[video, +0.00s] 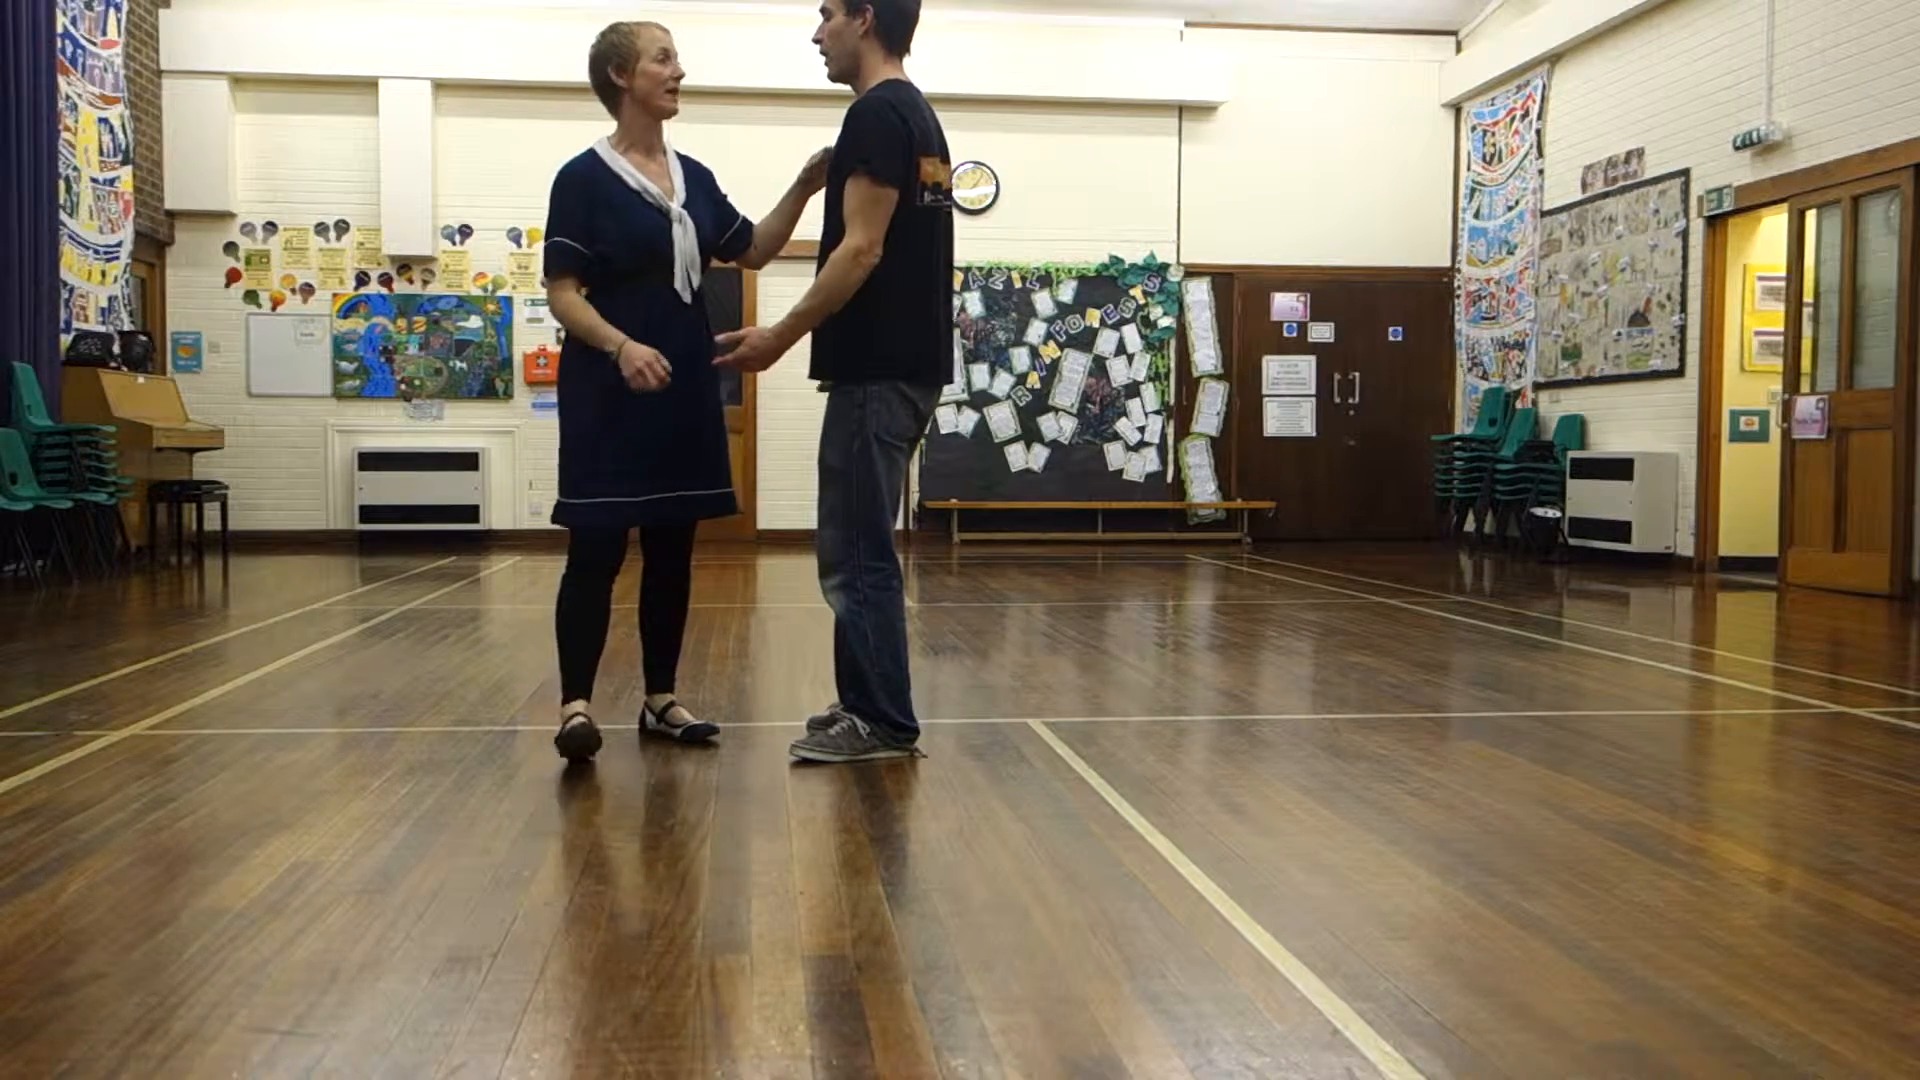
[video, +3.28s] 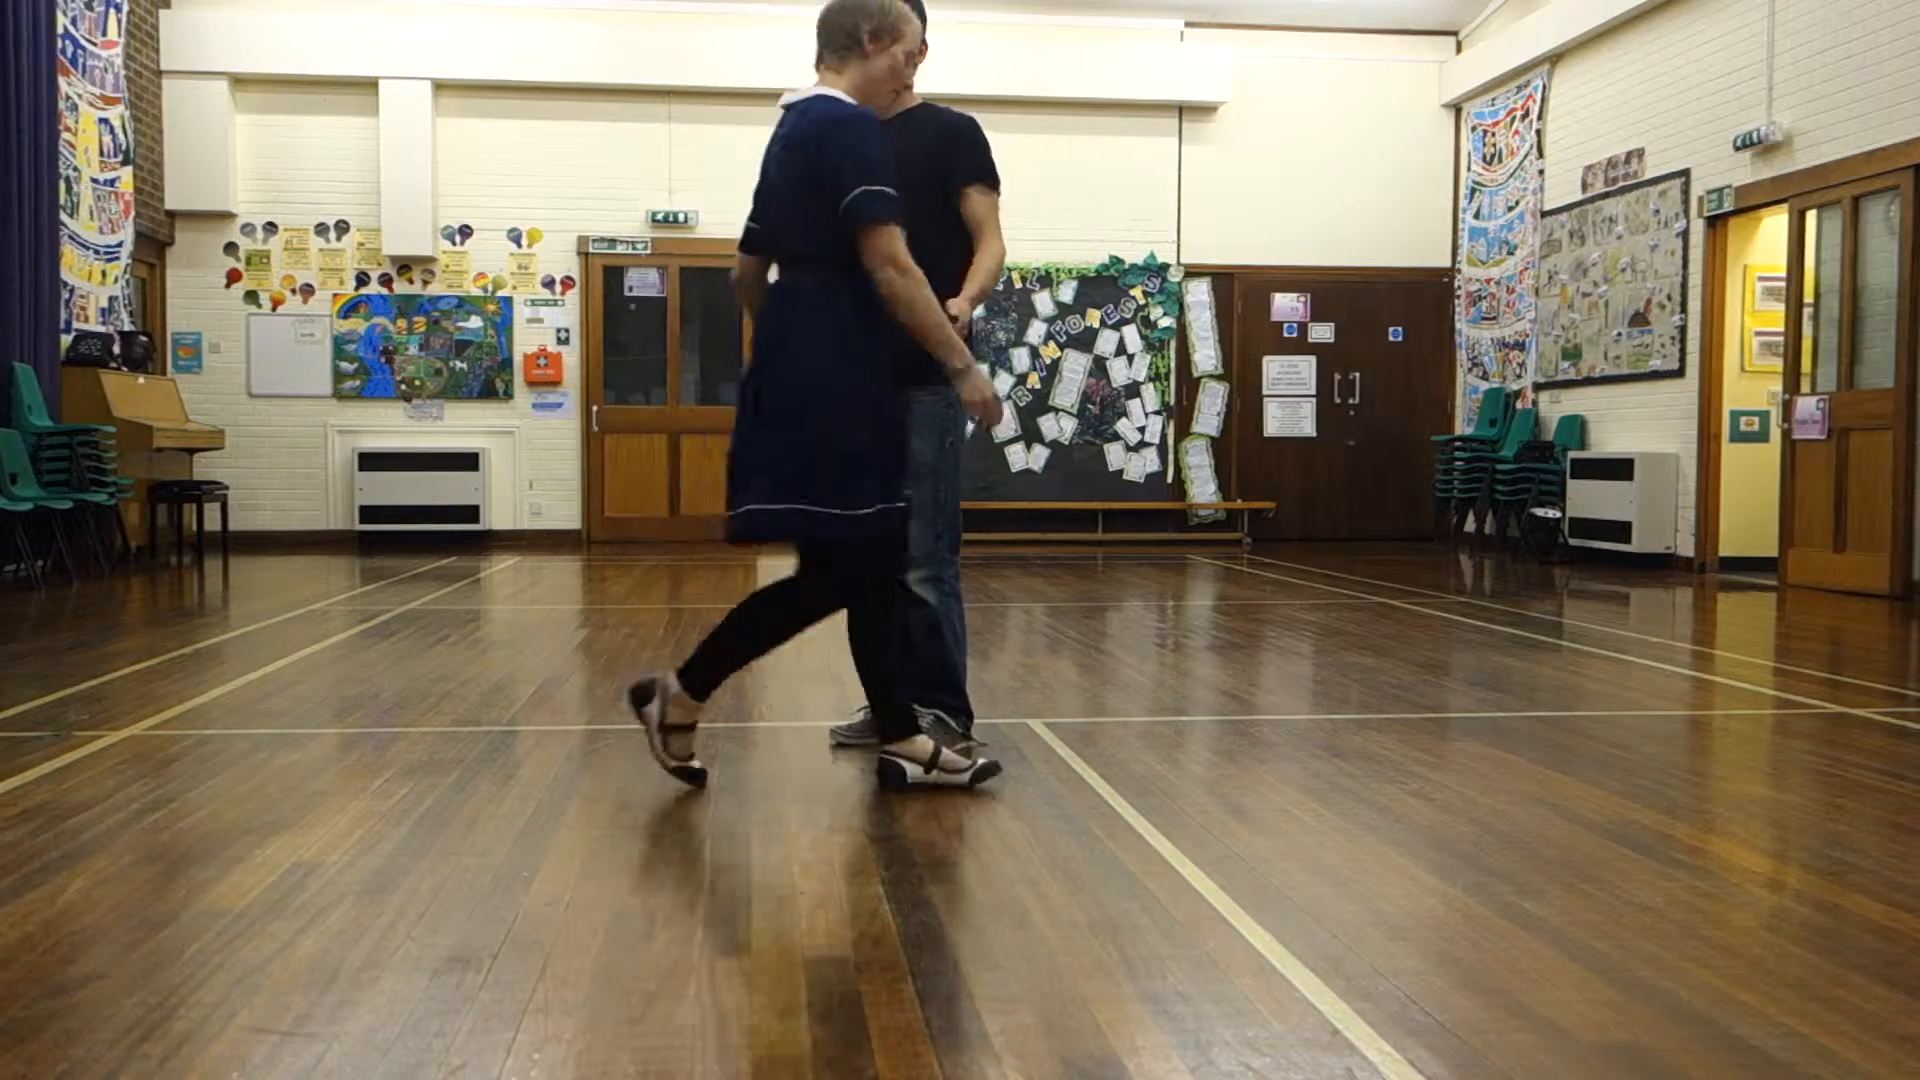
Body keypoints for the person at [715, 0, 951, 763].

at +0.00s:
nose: (817, 33)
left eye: (826, 17)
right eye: (820, 18)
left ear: (863, 21)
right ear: (874, 26)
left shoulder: (880, 110)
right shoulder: (910, 112)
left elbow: (862, 247)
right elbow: (875, 250)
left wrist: (780, 333)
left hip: (877, 371)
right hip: (895, 367)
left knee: (856, 553)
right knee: (859, 548)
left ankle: (883, 720)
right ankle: (869, 707)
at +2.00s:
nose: (838, 42)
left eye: (854, 29)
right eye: (836, 30)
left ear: (902, 45)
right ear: (848, 45)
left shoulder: (906, 127)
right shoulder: (883, 132)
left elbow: (897, 245)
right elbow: (876, 255)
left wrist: (799, 275)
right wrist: (802, 285)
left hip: (887, 380)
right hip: (883, 376)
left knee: (844, 555)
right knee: (884, 551)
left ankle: (856, 721)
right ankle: (915, 708)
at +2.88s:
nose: (867, 42)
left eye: (883, 29)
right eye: (855, 30)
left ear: (914, 47)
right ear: (842, 48)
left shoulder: (940, 129)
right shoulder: (837, 160)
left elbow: (975, 243)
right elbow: (825, 275)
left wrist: (901, 283)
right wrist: (754, 314)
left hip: (927, 375)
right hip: (868, 380)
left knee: (904, 552)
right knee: (866, 555)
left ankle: (936, 712)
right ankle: (894, 702)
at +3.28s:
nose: (890, 61)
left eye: (898, 47)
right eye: (886, 46)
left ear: (916, 53)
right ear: (870, 47)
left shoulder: (951, 131)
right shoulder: (837, 136)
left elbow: (990, 238)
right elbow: (804, 244)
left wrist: (968, 298)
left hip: (928, 369)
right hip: (855, 369)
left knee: (927, 553)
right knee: (869, 550)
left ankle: (945, 715)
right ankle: (888, 703)